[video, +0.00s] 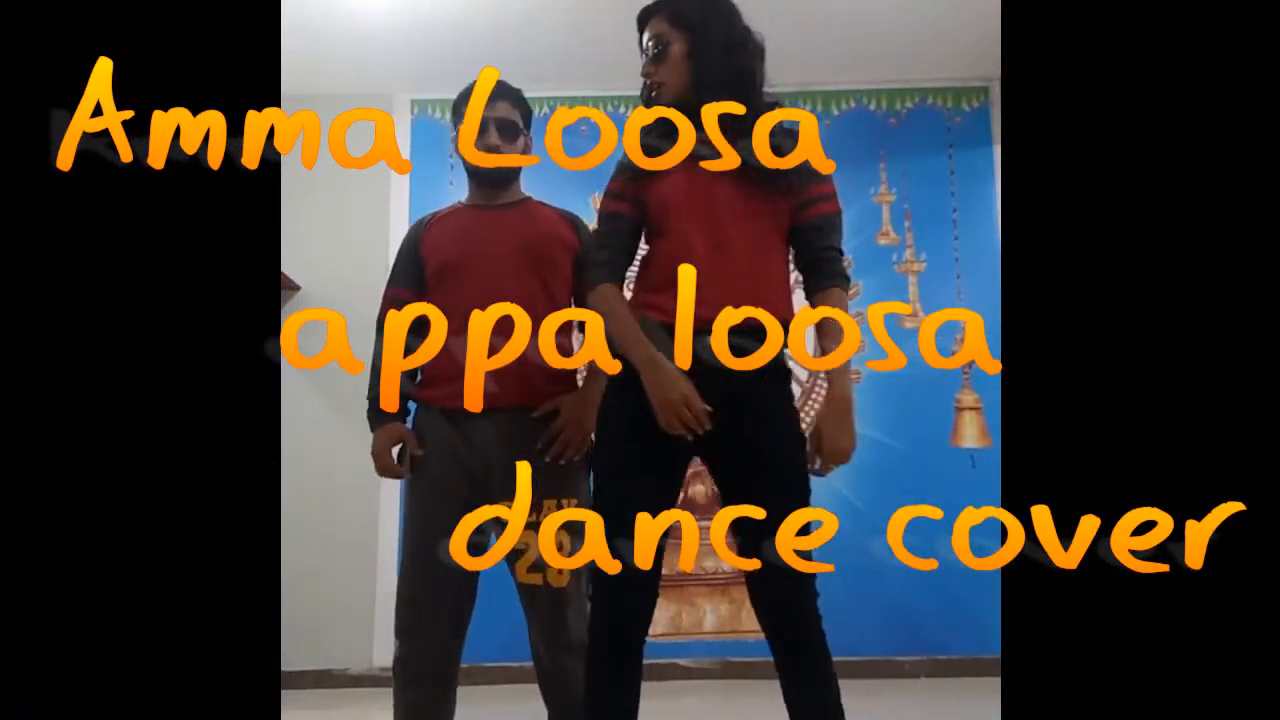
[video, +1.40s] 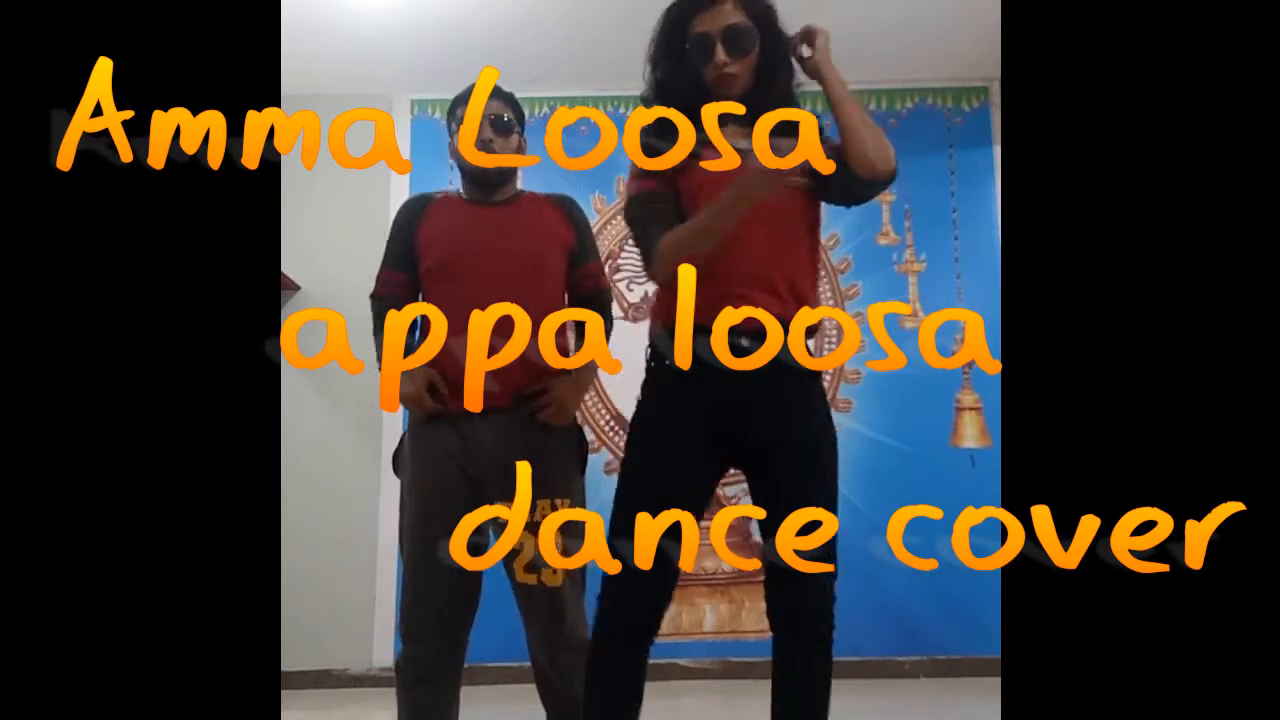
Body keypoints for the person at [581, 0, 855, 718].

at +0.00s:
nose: (646, 69)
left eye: (660, 50)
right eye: (645, 55)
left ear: (714, 51)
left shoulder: (784, 142)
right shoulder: (650, 146)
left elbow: (826, 272)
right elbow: (600, 269)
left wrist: (838, 395)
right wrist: (652, 368)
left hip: (754, 388)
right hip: (649, 382)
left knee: (787, 600)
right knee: (620, 599)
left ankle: (822, 719)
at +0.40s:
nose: (635, 61)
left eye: (653, 42)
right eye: (634, 46)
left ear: (709, 47)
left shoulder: (778, 137)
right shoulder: (636, 148)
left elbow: (820, 272)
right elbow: (615, 285)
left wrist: (909, 347)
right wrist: (582, 301)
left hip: (765, 387)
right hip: (658, 388)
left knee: (818, 599)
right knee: (636, 602)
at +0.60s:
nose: (672, 53)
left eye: (690, 35)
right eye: (657, 45)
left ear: (731, 42)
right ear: (647, 66)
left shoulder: (786, 135)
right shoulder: (649, 152)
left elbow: (846, 272)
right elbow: (630, 304)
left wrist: (957, 249)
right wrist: (567, 257)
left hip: (796, 388)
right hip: (686, 391)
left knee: (822, 601)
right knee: (653, 605)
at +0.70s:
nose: (694, 48)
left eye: (711, 30)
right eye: (675, 39)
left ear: (744, 44)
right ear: (659, 62)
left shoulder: (790, 132)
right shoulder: (655, 150)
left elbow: (868, 253)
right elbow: (632, 298)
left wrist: (953, 164)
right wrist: (560, 207)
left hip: (797, 388)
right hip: (689, 390)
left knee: (824, 598)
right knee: (643, 603)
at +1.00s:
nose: (710, 47)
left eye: (727, 32)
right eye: (691, 36)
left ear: (755, 47)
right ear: (670, 55)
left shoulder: (789, 134)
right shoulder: (659, 147)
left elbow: (888, 186)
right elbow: (617, 285)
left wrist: (885, 63)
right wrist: (562, 182)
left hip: (767, 380)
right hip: (664, 378)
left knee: (802, 592)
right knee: (637, 594)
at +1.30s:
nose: (714, 57)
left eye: (730, 38)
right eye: (695, 45)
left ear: (760, 45)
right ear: (674, 57)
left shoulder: (784, 133)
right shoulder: (654, 140)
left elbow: (868, 176)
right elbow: (639, 269)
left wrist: (829, 72)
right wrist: (686, 196)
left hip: (777, 383)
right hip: (674, 383)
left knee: (800, 596)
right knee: (646, 598)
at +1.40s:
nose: (720, 58)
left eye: (735, 40)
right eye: (700, 46)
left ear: (765, 47)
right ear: (679, 59)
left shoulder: (792, 137)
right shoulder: (662, 137)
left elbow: (876, 168)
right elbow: (664, 259)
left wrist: (827, 72)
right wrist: (749, 190)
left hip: (787, 387)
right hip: (683, 387)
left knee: (805, 593)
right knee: (635, 589)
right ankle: (604, 719)